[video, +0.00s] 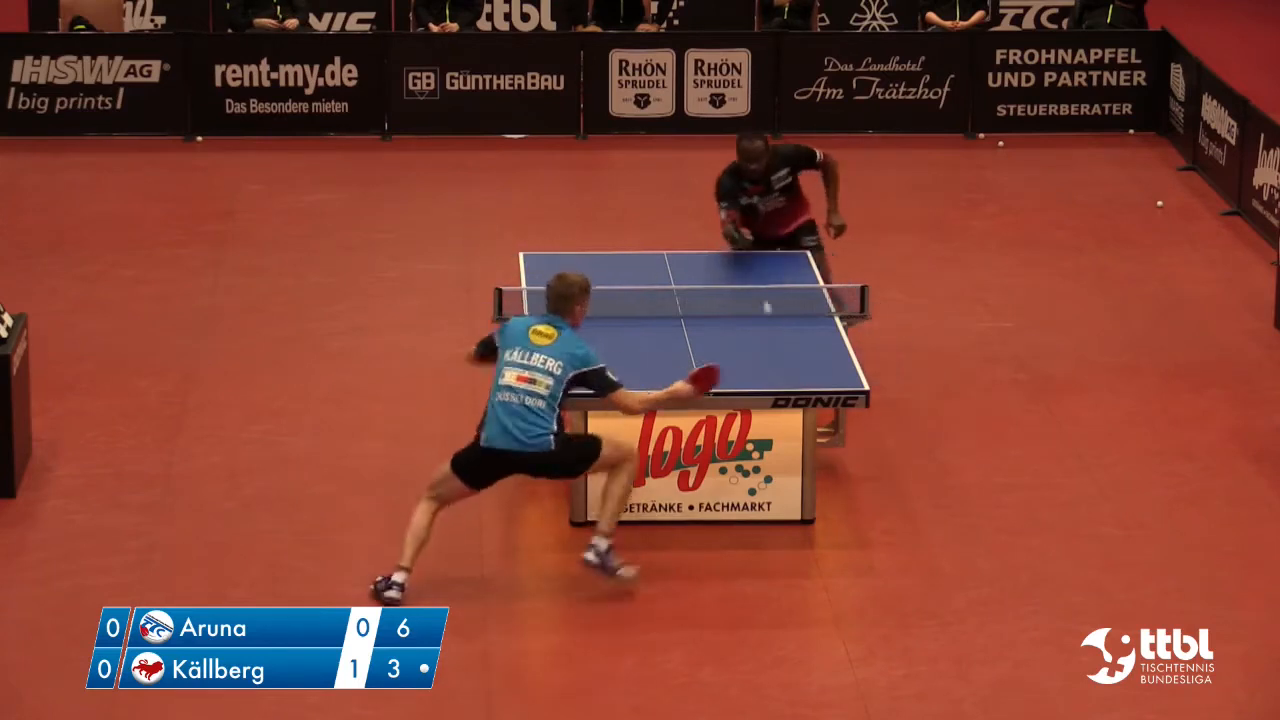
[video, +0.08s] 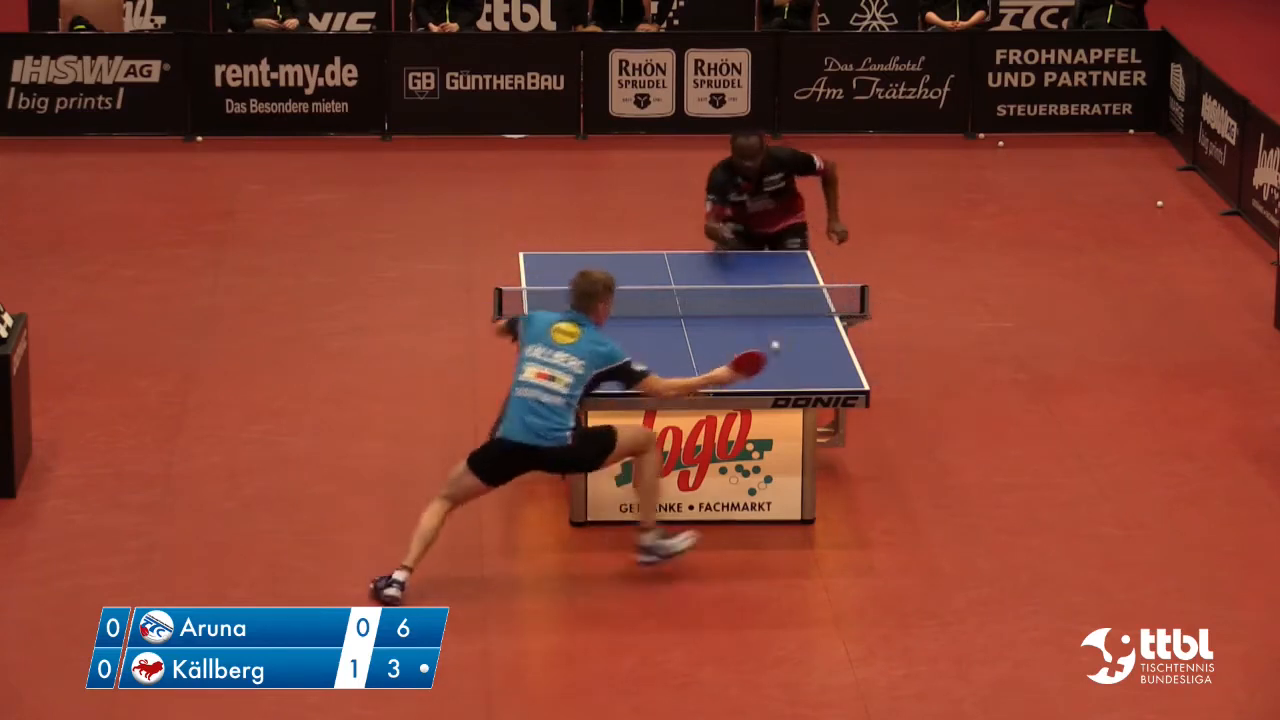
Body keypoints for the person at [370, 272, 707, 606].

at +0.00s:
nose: (587, 311)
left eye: (584, 303)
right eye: (586, 305)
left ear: (547, 301)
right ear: (578, 310)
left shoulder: (514, 326)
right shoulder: (578, 352)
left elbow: (477, 356)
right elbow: (629, 403)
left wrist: (506, 347)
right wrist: (675, 393)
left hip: (492, 449)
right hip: (542, 452)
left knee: (432, 498)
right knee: (625, 454)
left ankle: (399, 578)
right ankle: (601, 546)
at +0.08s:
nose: (612, 308)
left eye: (609, 301)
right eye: (611, 302)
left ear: (574, 299)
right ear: (602, 305)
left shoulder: (537, 319)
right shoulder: (602, 349)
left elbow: (500, 329)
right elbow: (658, 390)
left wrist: (512, 326)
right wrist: (713, 378)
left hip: (508, 446)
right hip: (560, 450)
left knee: (445, 499)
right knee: (646, 440)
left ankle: (402, 575)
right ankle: (651, 536)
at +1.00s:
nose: (644, 311)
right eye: (645, 307)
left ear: (610, 309)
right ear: (644, 315)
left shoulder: (581, 335)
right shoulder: (654, 356)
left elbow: (523, 364)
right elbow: (700, 407)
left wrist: (549, 381)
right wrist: (691, 384)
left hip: (562, 434)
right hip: (610, 439)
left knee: (498, 477)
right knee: (686, 493)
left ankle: (490, 577)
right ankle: (716, 591)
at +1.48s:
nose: (542, 350)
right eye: (542, 347)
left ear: (506, 352)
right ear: (541, 352)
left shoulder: (488, 382)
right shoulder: (562, 391)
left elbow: (461, 444)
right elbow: (607, 447)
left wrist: (490, 428)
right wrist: (580, 474)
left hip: (493, 495)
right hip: (549, 496)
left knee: (430, 508)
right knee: (632, 488)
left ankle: (406, 597)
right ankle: (620, 585)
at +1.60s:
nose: (501, 352)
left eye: (502, 348)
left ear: (505, 354)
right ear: (540, 348)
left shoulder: (502, 383)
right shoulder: (573, 389)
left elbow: (457, 419)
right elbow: (590, 389)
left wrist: (479, 371)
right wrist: (568, 354)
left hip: (501, 505)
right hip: (558, 509)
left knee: (431, 507)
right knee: (632, 485)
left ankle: (408, 595)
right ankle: (619, 584)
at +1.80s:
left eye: (510, 320)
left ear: (513, 325)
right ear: (549, 323)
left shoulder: (501, 361)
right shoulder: (575, 363)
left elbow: (464, 420)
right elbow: (630, 399)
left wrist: (457, 388)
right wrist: (638, 368)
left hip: (517, 475)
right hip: (572, 477)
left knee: (444, 492)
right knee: (640, 476)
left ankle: (418, 588)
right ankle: (632, 576)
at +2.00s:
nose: (575, 329)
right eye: (577, 323)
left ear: (543, 329)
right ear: (581, 329)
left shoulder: (523, 366)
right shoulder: (599, 374)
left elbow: (475, 417)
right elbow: (656, 414)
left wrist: (477, 388)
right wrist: (657, 387)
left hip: (533, 481)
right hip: (586, 484)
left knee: (467, 503)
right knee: (651, 506)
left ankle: (434, 594)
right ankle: (673, 604)